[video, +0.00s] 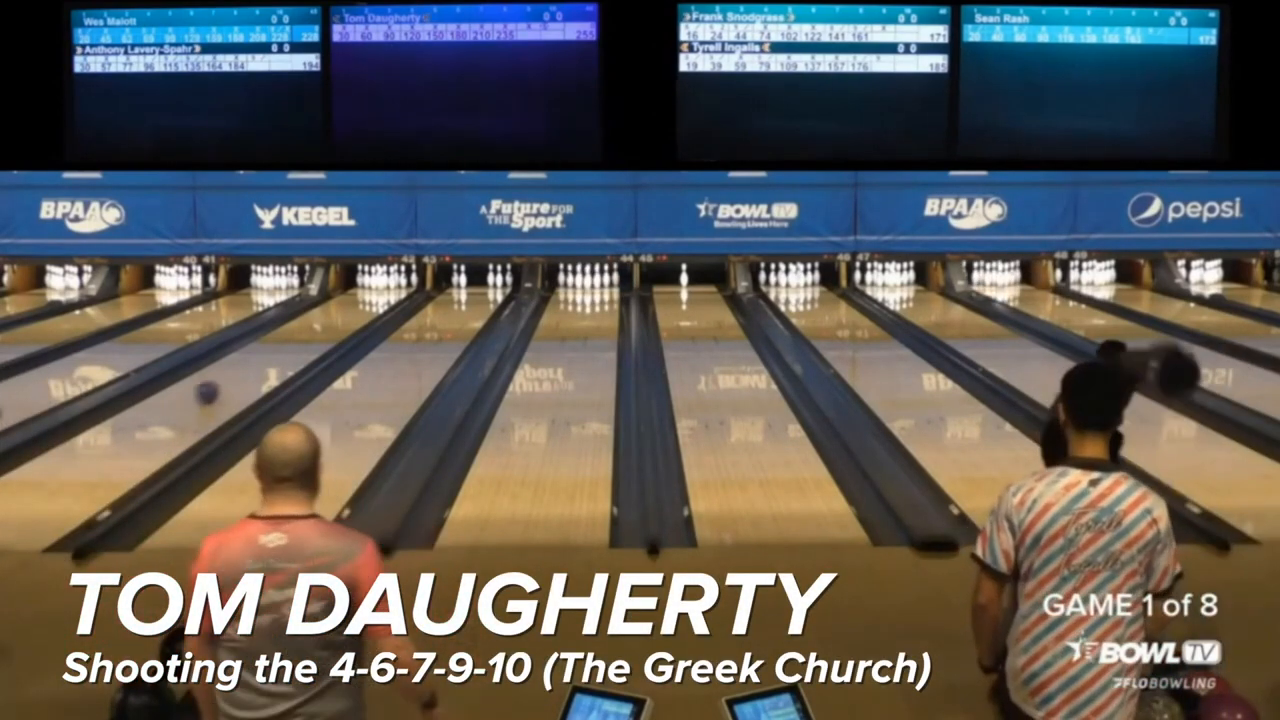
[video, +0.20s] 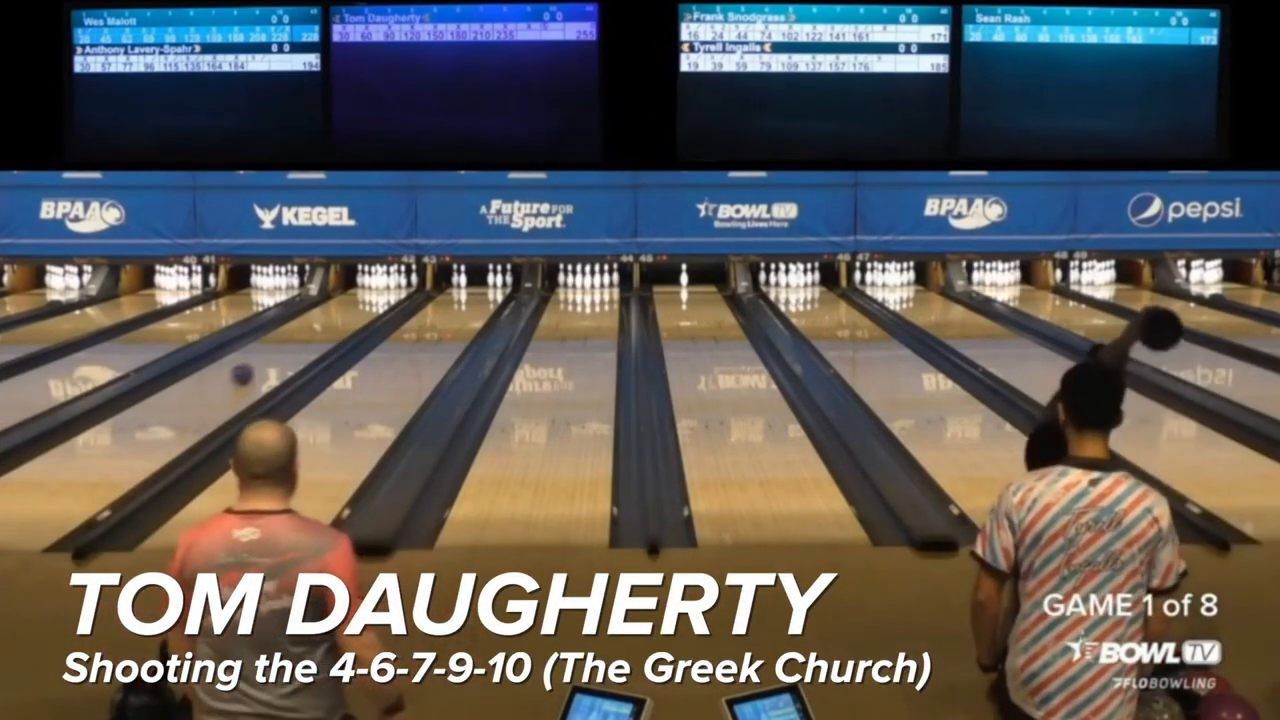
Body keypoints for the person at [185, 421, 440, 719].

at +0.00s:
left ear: (258, 472)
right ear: (317, 472)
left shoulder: (216, 551)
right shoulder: (357, 551)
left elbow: (197, 661)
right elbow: (394, 651)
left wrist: (211, 714)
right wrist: (425, 695)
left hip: (240, 710)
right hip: (330, 709)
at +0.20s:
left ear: (235, 468)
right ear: (294, 469)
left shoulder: (194, 544)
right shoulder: (330, 546)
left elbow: (178, 645)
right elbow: (357, 645)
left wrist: (196, 697)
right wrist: (393, 704)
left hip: (219, 710)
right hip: (309, 710)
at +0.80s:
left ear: (216, 469)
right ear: (271, 467)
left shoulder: (176, 536)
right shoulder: (308, 527)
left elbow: (146, 626)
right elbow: (339, 616)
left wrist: (159, 689)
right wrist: (358, 685)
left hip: (197, 707)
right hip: (287, 706)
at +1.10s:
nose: (242, 485)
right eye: (238, 480)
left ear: (190, 487)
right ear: (236, 485)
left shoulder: (160, 544)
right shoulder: (266, 521)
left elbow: (148, 621)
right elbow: (299, 603)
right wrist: (320, 667)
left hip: (172, 697)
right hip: (254, 692)